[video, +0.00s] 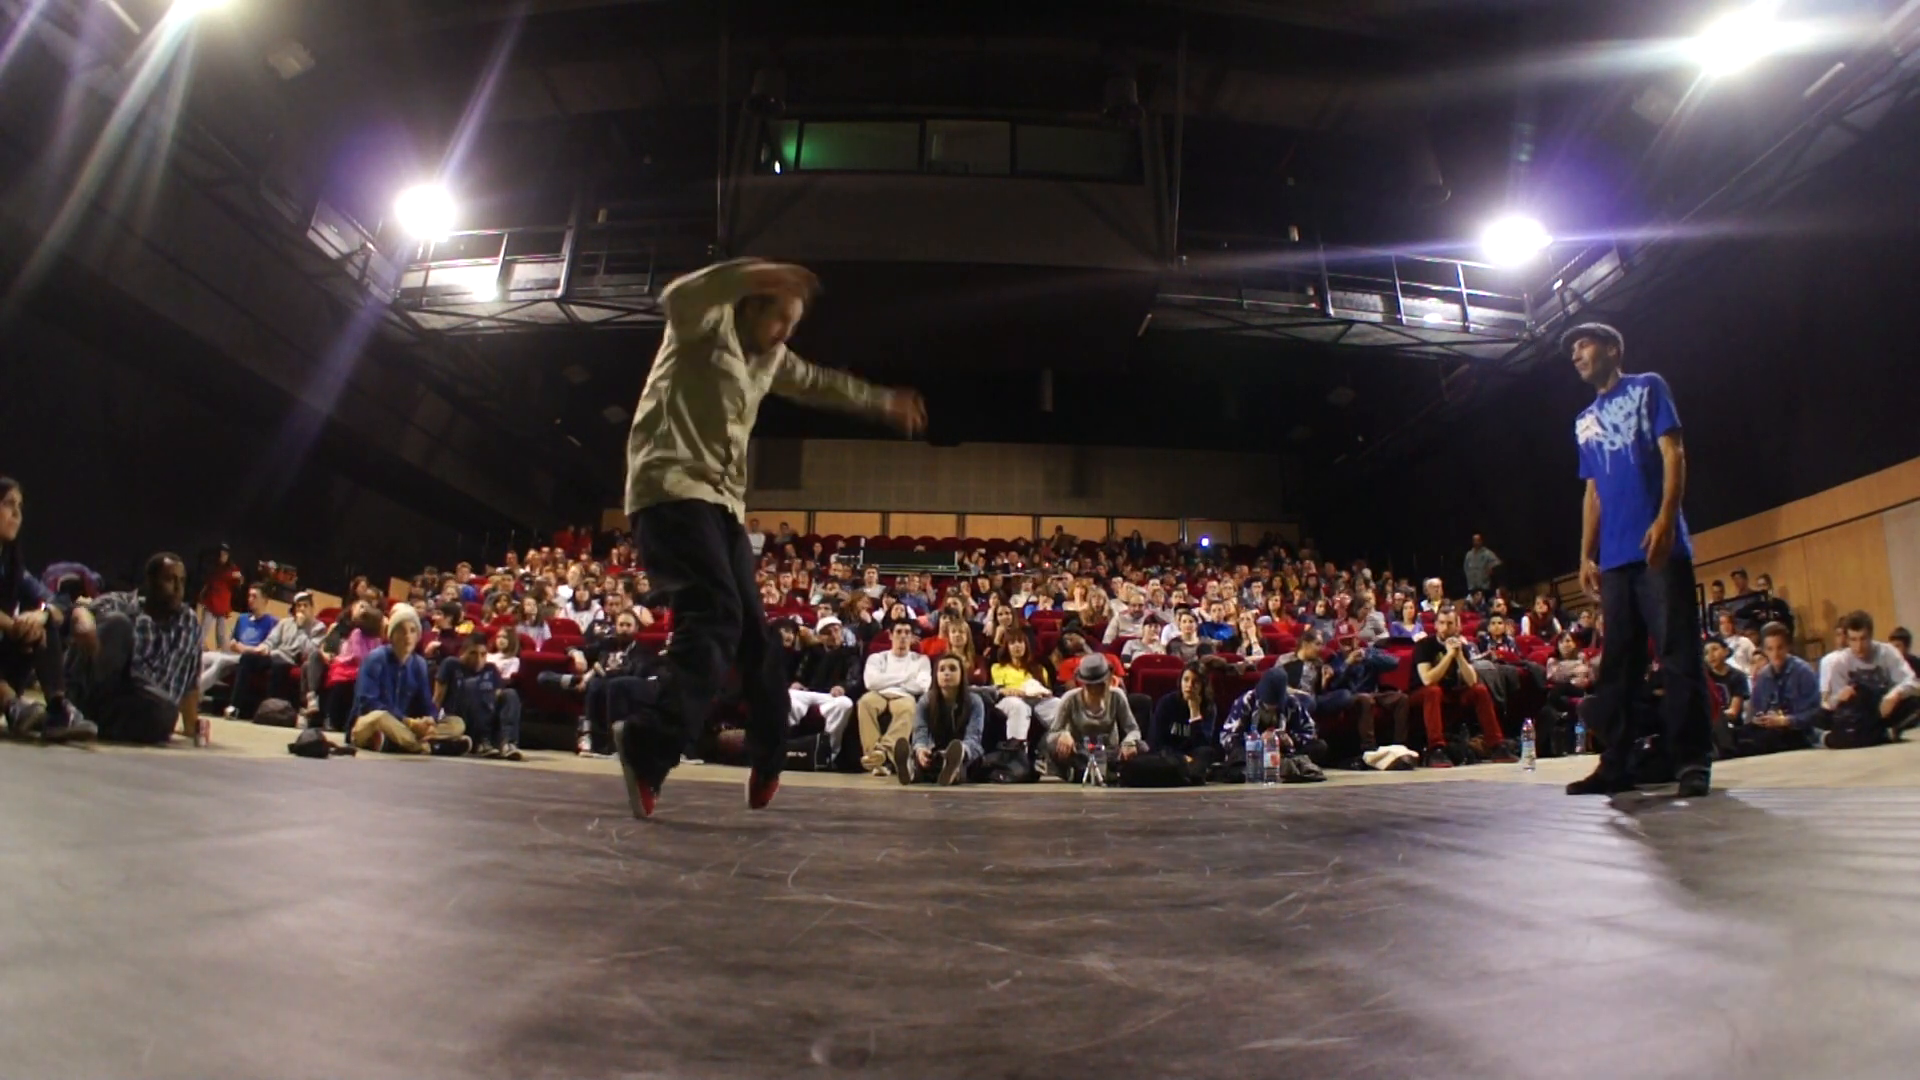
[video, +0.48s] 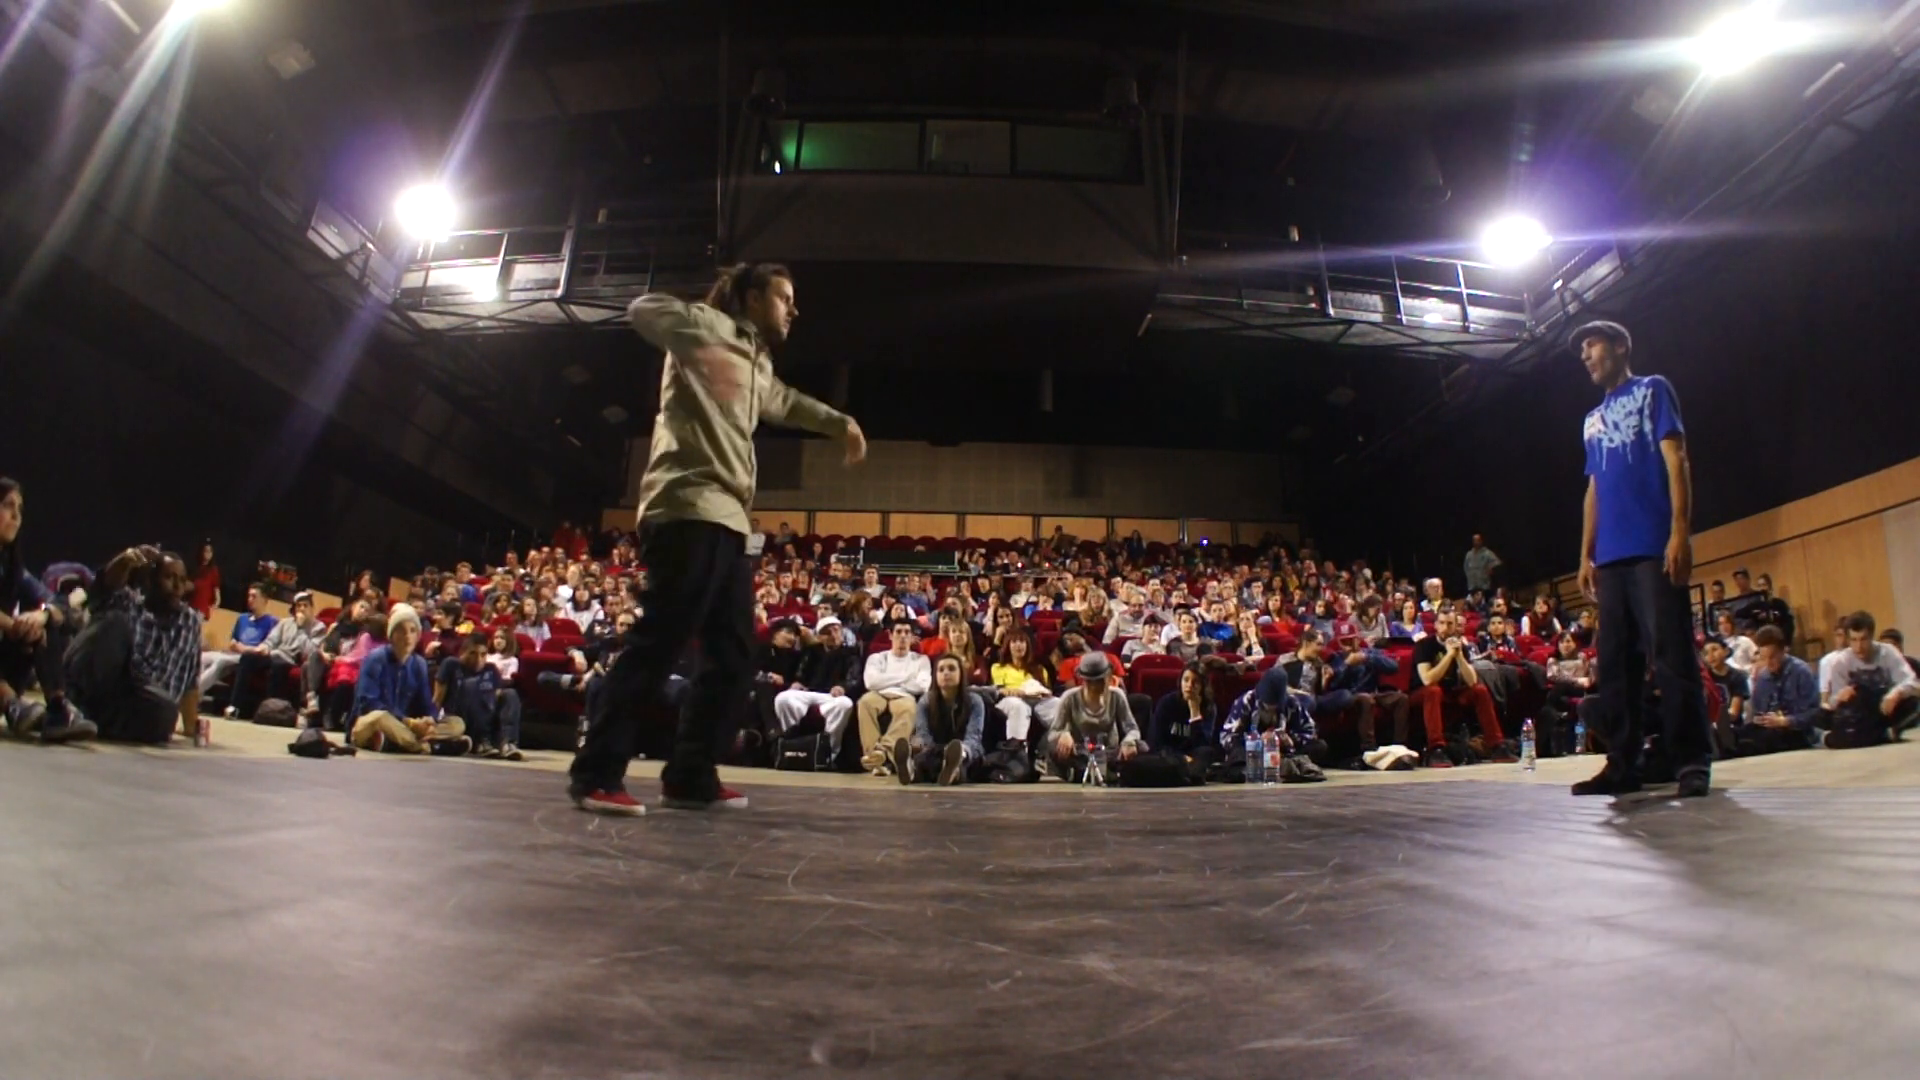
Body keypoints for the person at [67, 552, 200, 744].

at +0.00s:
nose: (178, 589)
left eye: (181, 582)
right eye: (170, 580)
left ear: (185, 585)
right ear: (152, 581)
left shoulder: (190, 623)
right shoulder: (127, 603)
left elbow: (190, 685)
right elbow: (82, 608)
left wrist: (191, 732)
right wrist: (84, 622)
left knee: (161, 719)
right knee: (118, 625)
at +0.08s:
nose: (178, 589)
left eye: (182, 582)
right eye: (171, 580)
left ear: (185, 585)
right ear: (152, 581)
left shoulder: (191, 622)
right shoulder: (131, 603)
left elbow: (191, 684)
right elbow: (92, 599)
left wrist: (191, 731)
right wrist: (94, 609)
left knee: (159, 721)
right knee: (117, 623)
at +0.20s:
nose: (176, 586)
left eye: (181, 580)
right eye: (170, 578)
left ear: (185, 584)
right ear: (152, 580)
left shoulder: (191, 621)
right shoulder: (131, 610)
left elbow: (190, 678)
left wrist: (191, 727)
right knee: (116, 622)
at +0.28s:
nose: (176, 585)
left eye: (181, 579)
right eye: (169, 577)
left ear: (185, 585)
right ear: (152, 579)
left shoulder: (191, 621)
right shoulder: (132, 609)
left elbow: (190, 678)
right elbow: (133, 666)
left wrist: (191, 727)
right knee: (116, 626)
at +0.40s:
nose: (176, 585)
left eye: (180, 580)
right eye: (168, 577)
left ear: (185, 585)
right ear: (152, 579)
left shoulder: (190, 621)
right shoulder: (131, 606)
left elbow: (190, 683)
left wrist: (191, 730)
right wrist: (121, 565)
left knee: (161, 718)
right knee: (117, 622)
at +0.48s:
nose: (177, 586)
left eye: (182, 580)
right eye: (170, 578)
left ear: (186, 586)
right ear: (152, 581)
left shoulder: (190, 621)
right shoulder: (131, 606)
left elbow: (190, 682)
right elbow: (108, 587)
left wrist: (191, 729)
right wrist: (125, 562)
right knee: (115, 622)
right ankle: (68, 703)